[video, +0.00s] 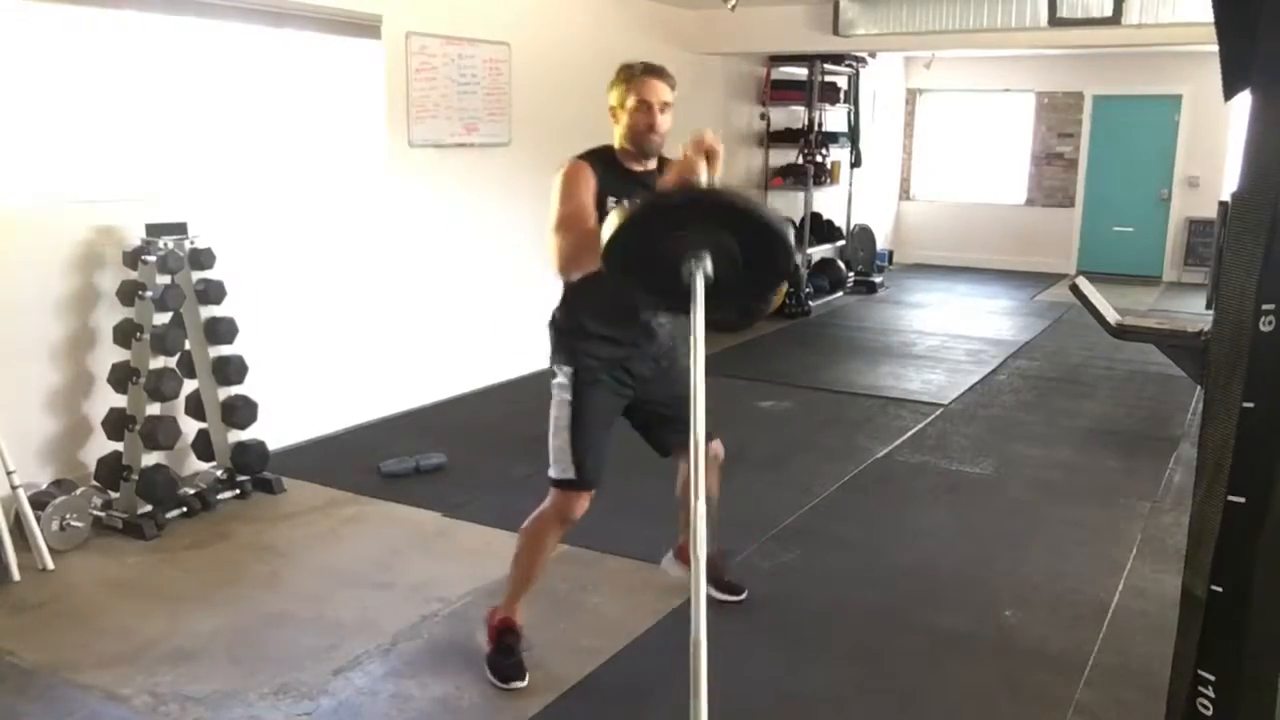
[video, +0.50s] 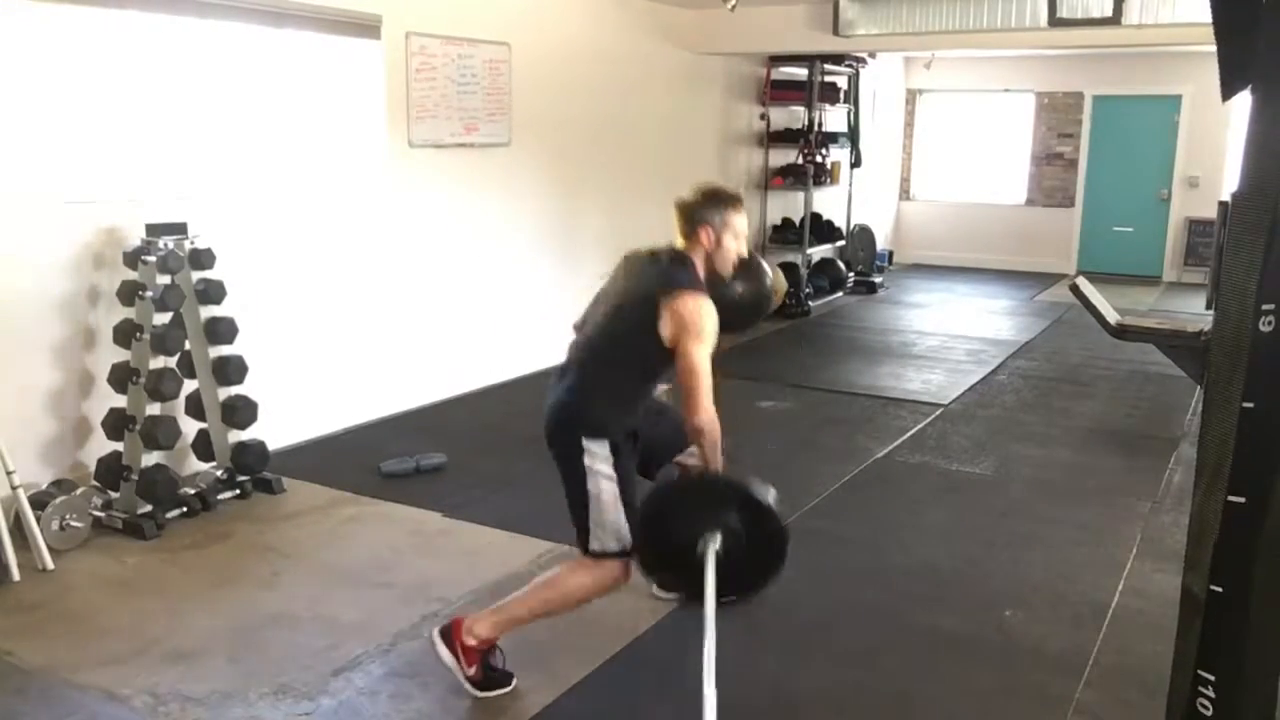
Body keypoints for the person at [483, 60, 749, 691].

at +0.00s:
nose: (654, 118)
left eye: (663, 107)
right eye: (642, 106)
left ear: (674, 113)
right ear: (616, 111)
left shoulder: (676, 179)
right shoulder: (585, 173)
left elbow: (696, 252)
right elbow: (572, 266)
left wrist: (706, 185)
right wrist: (657, 208)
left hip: (659, 346)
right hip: (592, 348)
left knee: (706, 451)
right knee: (570, 501)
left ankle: (692, 550)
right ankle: (505, 618)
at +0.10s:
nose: (683, 130)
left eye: (688, 120)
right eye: (671, 117)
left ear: (686, 127)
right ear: (637, 118)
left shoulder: (680, 192)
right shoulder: (600, 179)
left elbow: (696, 271)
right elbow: (584, 268)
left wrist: (718, 233)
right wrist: (666, 235)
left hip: (656, 352)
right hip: (593, 353)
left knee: (689, 454)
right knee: (573, 503)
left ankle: (682, 563)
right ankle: (483, 622)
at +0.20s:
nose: (712, 153)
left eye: (714, 142)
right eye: (703, 140)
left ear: (680, 144)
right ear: (662, 138)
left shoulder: (677, 203)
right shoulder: (623, 198)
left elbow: (663, 282)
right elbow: (615, 285)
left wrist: (716, 278)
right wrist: (700, 275)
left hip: (636, 356)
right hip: (590, 359)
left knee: (686, 452)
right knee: (577, 508)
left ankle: (679, 569)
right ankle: (473, 626)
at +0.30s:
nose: (727, 183)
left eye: (728, 170)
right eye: (720, 169)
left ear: (689, 167)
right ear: (684, 165)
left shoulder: (671, 219)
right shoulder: (651, 220)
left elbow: (668, 308)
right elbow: (661, 317)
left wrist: (723, 332)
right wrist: (729, 343)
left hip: (625, 371)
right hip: (586, 373)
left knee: (689, 443)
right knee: (593, 519)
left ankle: (679, 569)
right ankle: (473, 623)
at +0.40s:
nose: (733, 213)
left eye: (734, 200)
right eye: (727, 200)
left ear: (690, 200)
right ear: (695, 201)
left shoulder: (651, 237)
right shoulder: (676, 264)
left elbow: (661, 336)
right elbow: (686, 366)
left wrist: (706, 383)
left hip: (626, 387)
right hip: (589, 397)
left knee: (685, 456)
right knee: (604, 542)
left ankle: (678, 568)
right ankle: (472, 630)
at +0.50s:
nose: (743, 248)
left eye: (744, 236)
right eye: (738, 236)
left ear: (698, 235)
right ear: (707, 235)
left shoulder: (646, 263)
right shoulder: (694, 303)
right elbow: (700, 419)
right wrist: (717, 485)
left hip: (623, 402)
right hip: (589, 421)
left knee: (696, 460)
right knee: (609, 565)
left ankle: (670, 558)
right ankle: (474, 634)